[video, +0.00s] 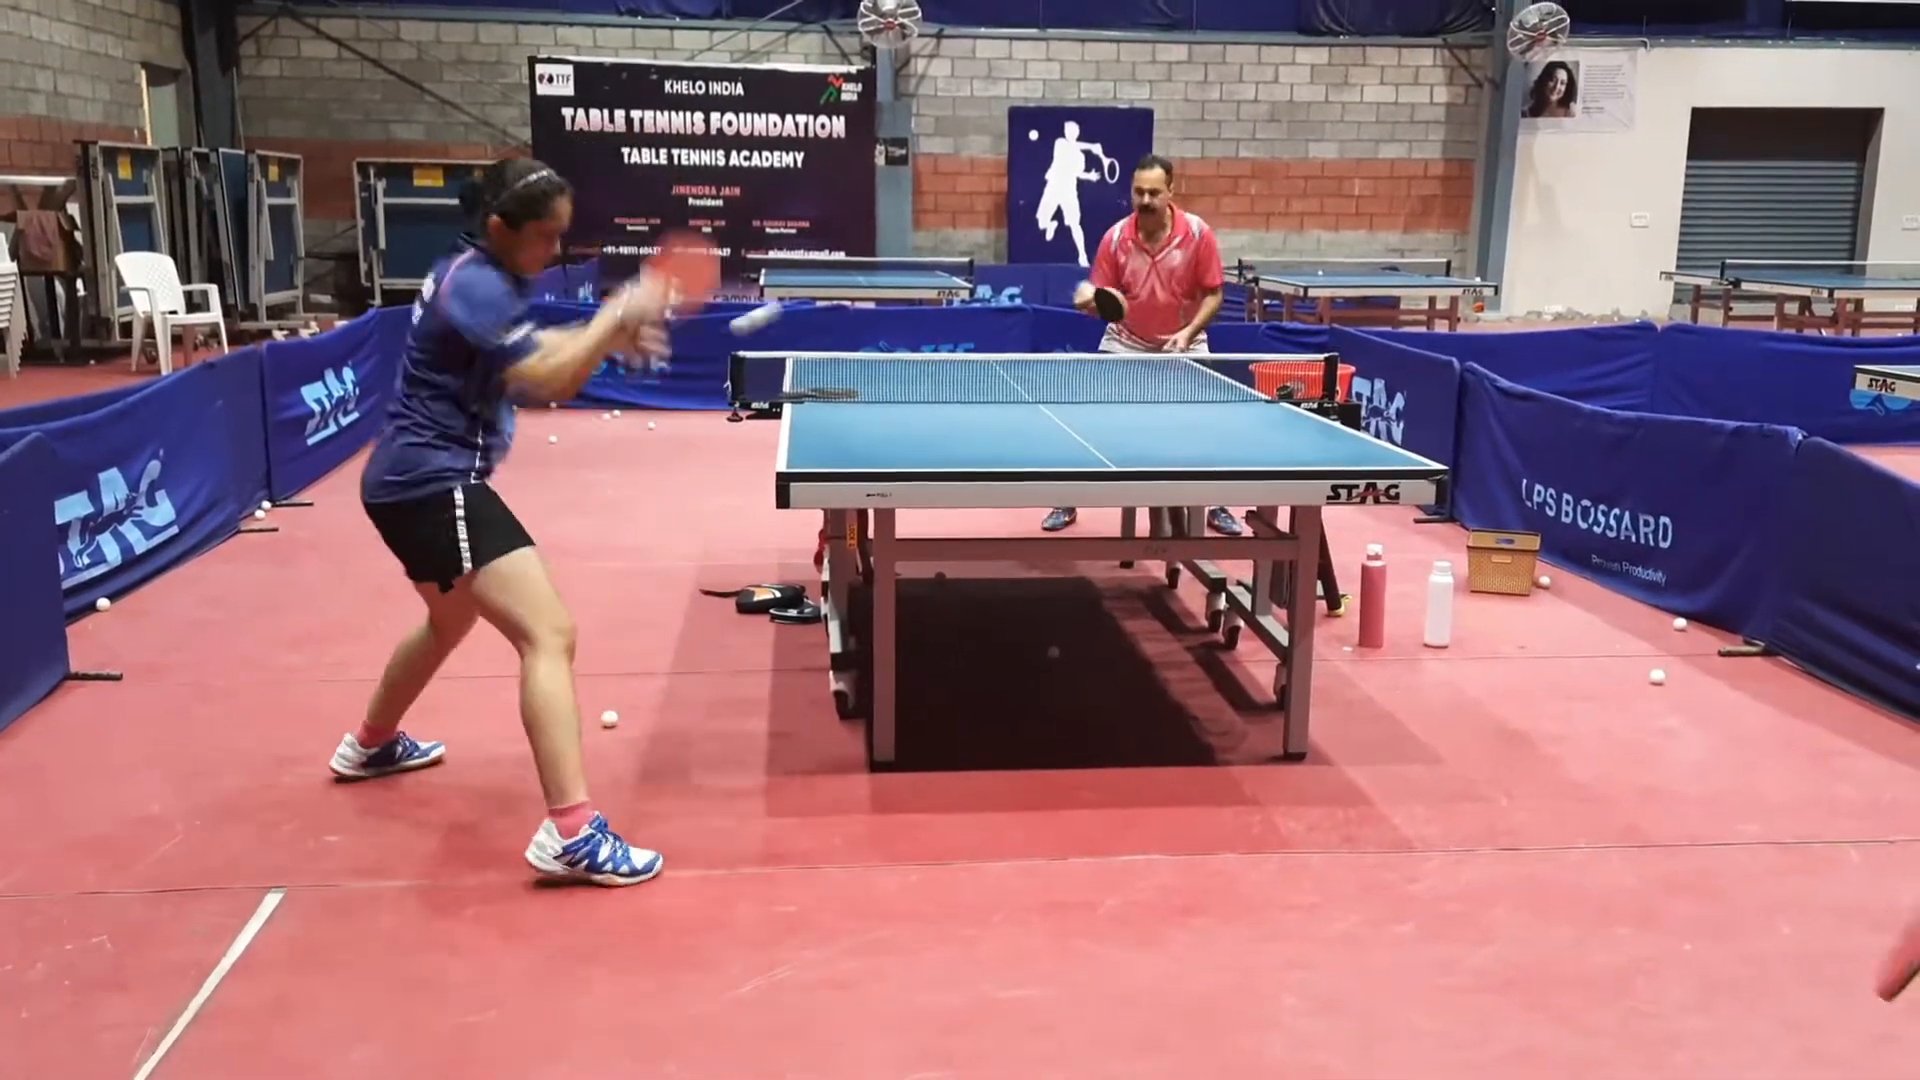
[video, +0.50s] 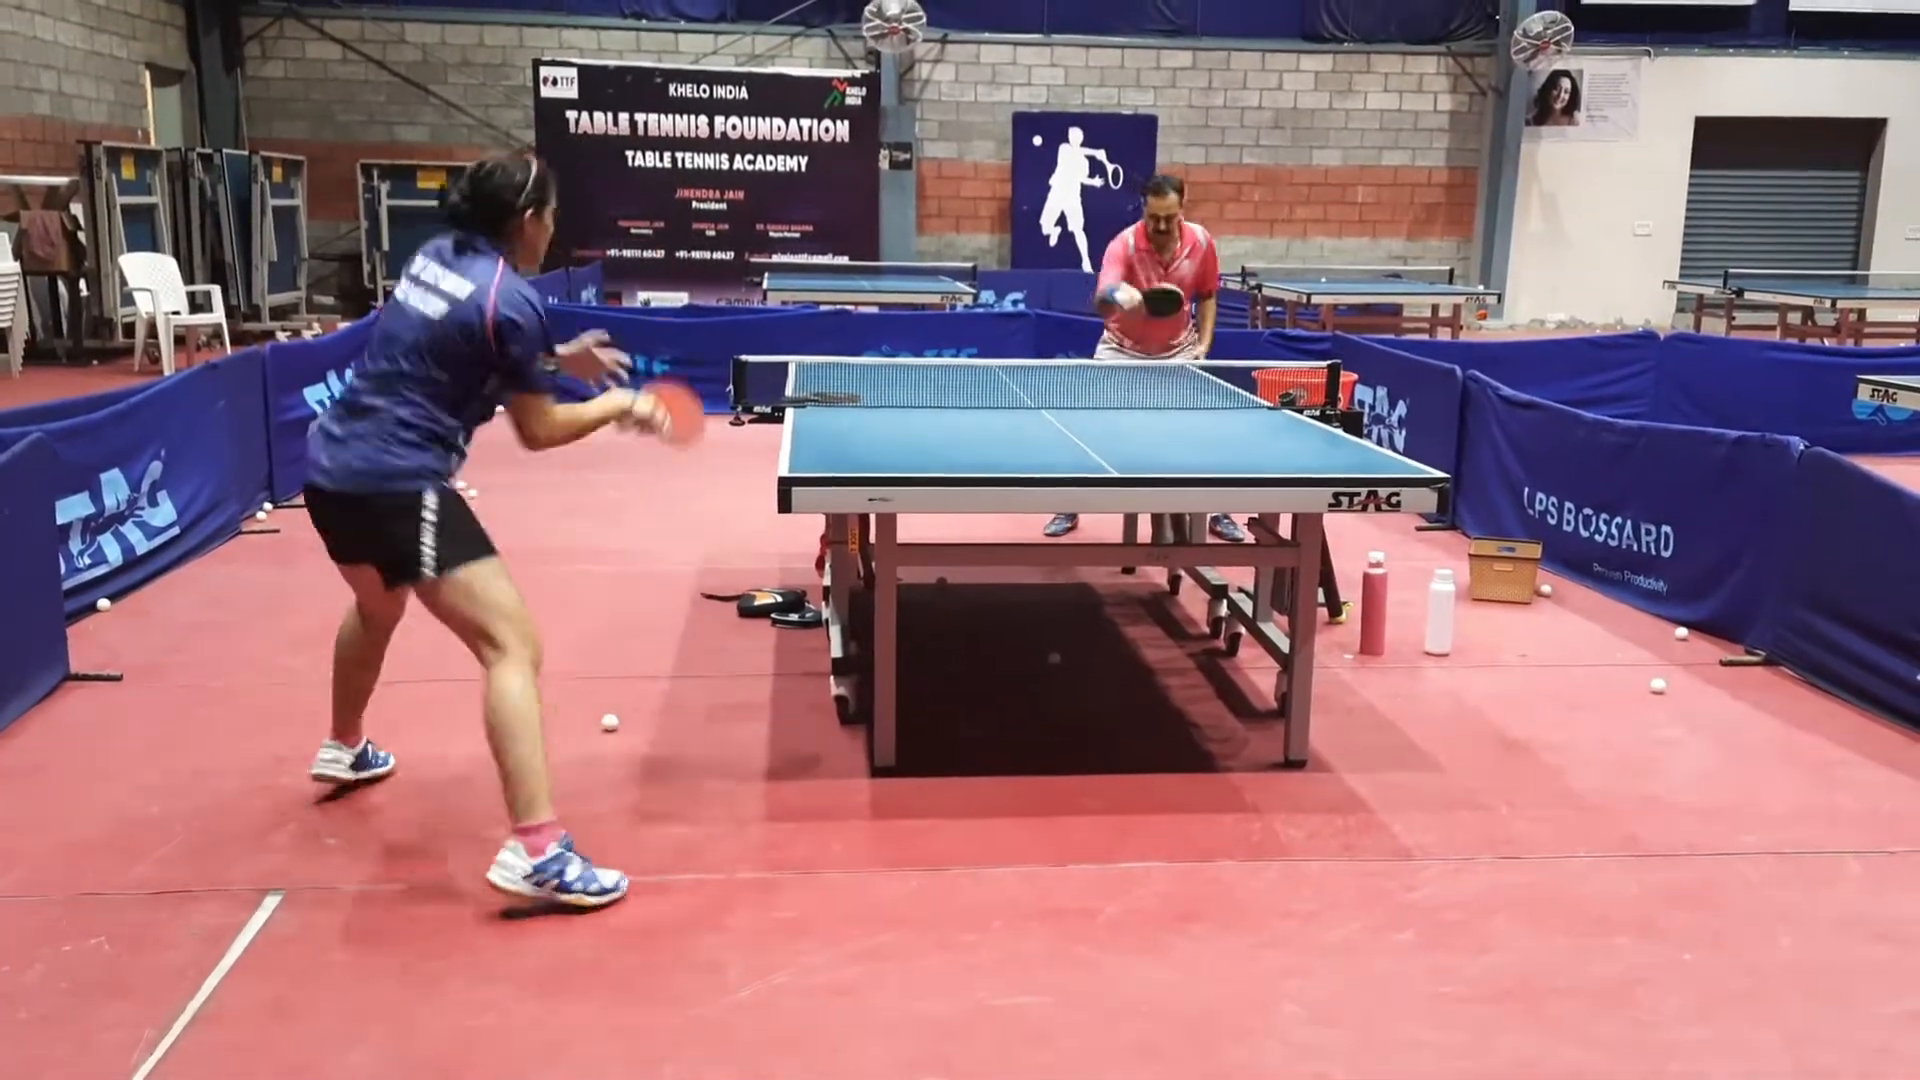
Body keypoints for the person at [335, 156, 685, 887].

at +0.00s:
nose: (557, 247)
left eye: (561, 234)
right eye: (546, 235)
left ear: (509, 229)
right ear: (499, 226)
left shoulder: (477, 272)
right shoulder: (475, 289)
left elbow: (531, 360)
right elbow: (547, 380)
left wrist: (609, 337)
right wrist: (617, 312)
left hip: (405, 479)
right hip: (435, 481)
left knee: (450, 619)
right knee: (547, 634)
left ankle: (371, 744)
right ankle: (573, 829)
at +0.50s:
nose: (551, 230)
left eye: (550, 215)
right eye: (548, 216)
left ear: (479, 210)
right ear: (527, 220)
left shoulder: (439, 252)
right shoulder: (511, 302)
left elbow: (467, 358)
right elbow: (538, 426)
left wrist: (559, 356)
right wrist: (620, 408)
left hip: (330, 470)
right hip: (403, 481)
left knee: (377, 603)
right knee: (511, 648)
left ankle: (341, 747)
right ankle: (537, 849)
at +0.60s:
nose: (573, 239)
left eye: (573, 225)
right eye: (570, 226)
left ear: (510, 221)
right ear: (543, 230)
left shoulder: (475, 262)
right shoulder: (505, 308)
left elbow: (499, 374)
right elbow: (484, 439)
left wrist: (583, 407)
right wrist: (579, 463)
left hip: (336, 464)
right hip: (381, 479)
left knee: (392, 614)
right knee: (498, 651)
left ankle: (320, 760)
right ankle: (469, 861)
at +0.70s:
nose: (590, 286)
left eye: (589, 273)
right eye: (584, 273)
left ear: (538, 274)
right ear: (552, 280)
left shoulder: (520, 337)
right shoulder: (483, 351)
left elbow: (534, 429)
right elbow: (431, 481)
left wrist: (597, 484)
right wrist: (538, 529)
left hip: (367, 507)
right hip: (367, 515)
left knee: (411, 650)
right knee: (501, 671)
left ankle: (309, 776)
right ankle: (459, 873)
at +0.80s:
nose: (588, 333)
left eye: (587, 319)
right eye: (581, 320)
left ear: (538, 322)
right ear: (547, 325)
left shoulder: (537, 388)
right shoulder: (451, 391)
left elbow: (551, 476)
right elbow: (379, 508)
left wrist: (586, 551)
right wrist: (476, 578)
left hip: (393, 539)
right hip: (349, 541)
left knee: (435, 669)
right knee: (499, 678)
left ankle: (307, 778)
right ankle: (456, 879)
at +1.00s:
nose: (550, 353)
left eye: (550, 340)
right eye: (542, 340)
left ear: (500, 342)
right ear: (495, 344)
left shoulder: (521, 393)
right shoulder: (396, 411)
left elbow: (544, 485)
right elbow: (326, 527)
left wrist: (574, 582)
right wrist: (366, 620)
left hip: (407, 548)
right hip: (351, 549)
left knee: (424, 689)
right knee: (478, 673)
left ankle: (303, 781)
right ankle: (451, 883)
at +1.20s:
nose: (501, 275)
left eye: (503, 260)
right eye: (492, 262)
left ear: (445, 257)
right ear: (441, 259)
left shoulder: (422, 289)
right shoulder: (417, 346)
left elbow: (482, 344)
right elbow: (484, 456)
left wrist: (584, 345)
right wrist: (576, 420)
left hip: (356, 507)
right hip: (362, 516)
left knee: (399, 659)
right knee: (478, 671)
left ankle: (293, 784)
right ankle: (452, 879)